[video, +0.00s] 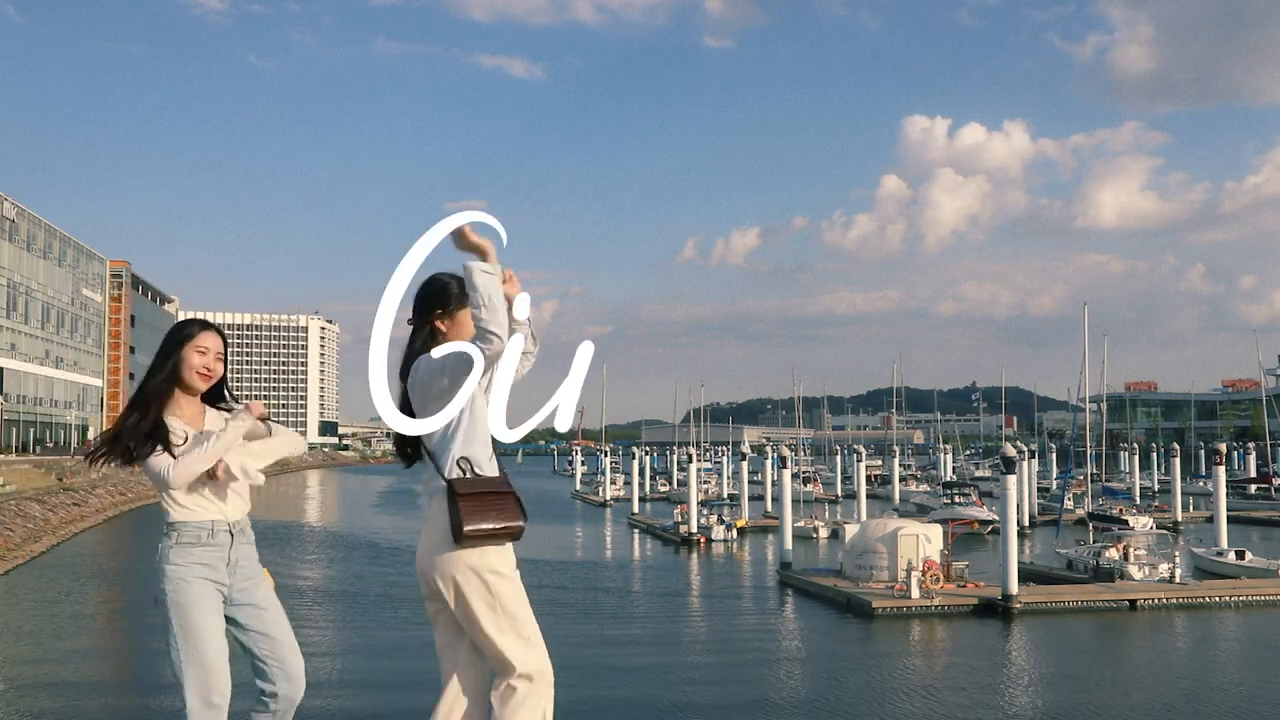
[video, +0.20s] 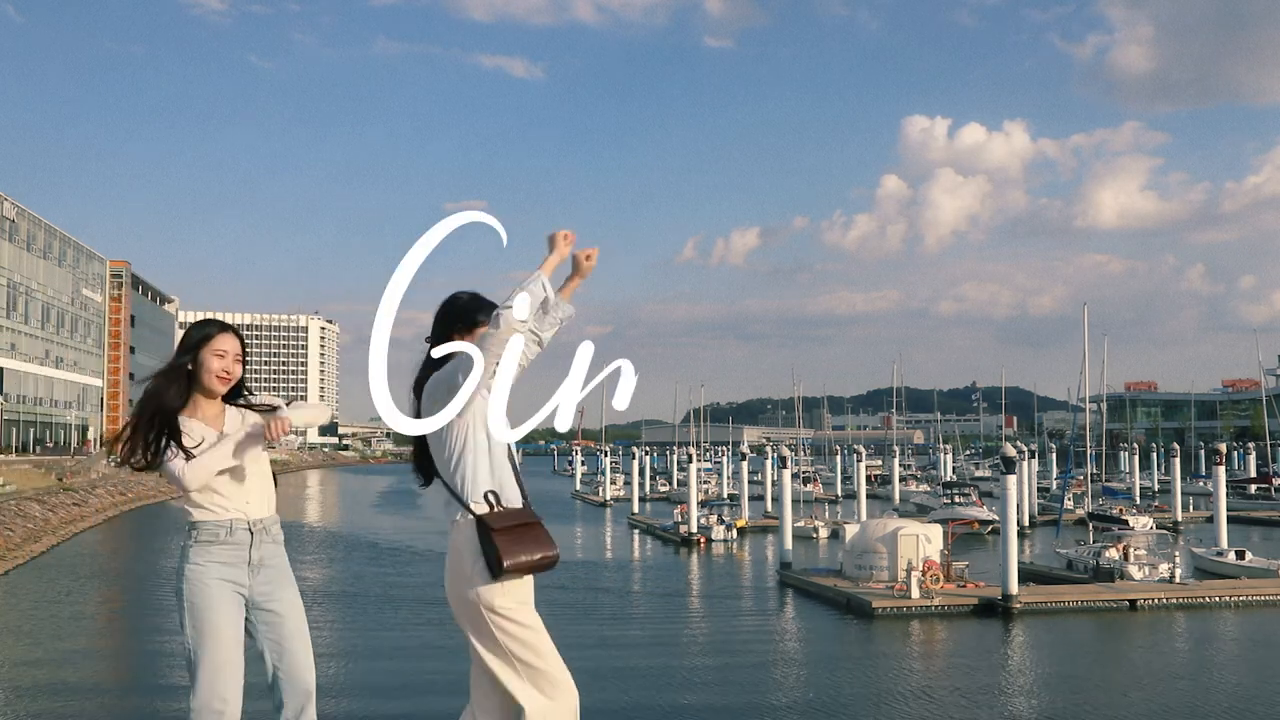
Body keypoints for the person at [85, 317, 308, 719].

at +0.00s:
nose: (211, 364)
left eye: (219, 358)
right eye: (200, 352)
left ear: (223, 368)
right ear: (174, 356)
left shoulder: (231, 418)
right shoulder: (147, 423)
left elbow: (296, 442)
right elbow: (174, 476)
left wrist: (237, 461)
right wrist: (239, 424)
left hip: (245, 558)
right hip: (190, 560)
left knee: (288, 681)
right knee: (210, 696)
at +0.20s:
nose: (229, 367)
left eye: (237, 359)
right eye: (219, 356)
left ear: (242, 367)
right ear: (191, 362)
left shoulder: (252, 415)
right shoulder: (170, 426)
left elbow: (324, 411)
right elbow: (187, 477)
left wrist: (284, 416)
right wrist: (245, 435)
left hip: (272, 558)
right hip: (213, 560)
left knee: (301, 684)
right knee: (219, 699)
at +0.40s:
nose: (259, 361)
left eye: (265, 354)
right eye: (248, 350)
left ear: (269, 364)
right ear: (219, 356)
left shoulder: (277, 412)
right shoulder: (198, 423)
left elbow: (341, 421)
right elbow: (219, 462)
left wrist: (295, 407)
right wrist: (284, 435)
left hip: (283, 561)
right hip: (232, 560)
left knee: (319, 687)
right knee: (220, 697)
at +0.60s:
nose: (302, 374)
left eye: (299, 365)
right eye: (296, 366)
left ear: (273, 378)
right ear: (275, 376)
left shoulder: (282, 434)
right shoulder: (253, 434)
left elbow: (335, 464)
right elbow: (328, 438)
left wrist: (391, 461)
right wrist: (331, 434)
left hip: (312, 568)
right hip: (279, 572)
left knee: (337, 693)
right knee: (298, 701)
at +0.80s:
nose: (336, 365)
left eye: (331, 358)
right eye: (327, 360)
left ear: (280, 371)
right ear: (311, 370)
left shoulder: (285, 423)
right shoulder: (317, 414)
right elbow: (380, 360)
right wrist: (381, 309)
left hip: (301, 579)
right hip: (317, 583)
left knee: (334, 700)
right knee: (382, 695)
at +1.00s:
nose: (352, 365)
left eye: (350, 357)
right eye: (349, 358)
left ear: (286, 368)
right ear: (340, 367)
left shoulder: (278, 423)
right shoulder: (354, 409)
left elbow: (288, 386)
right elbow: (421, 360)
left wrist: (280, 364)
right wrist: (414, 315)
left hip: (313, 554)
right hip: (361, 550)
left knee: (340, 691)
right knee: (394, 689)